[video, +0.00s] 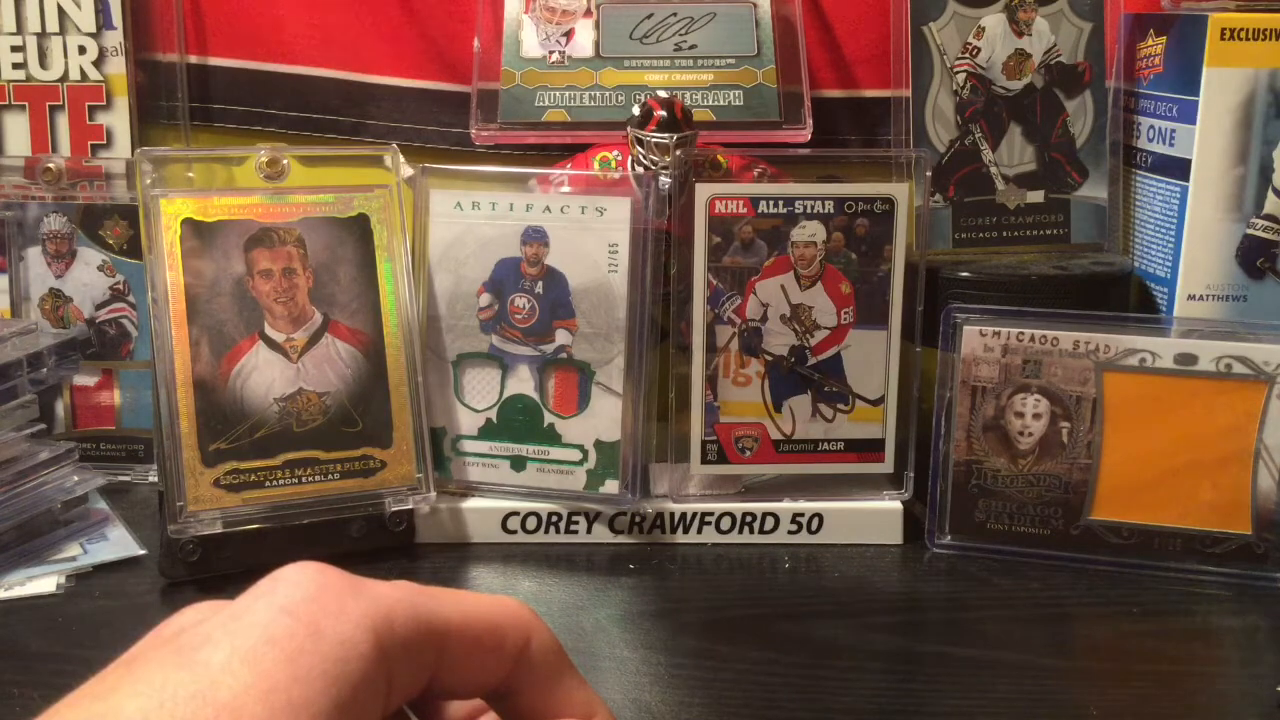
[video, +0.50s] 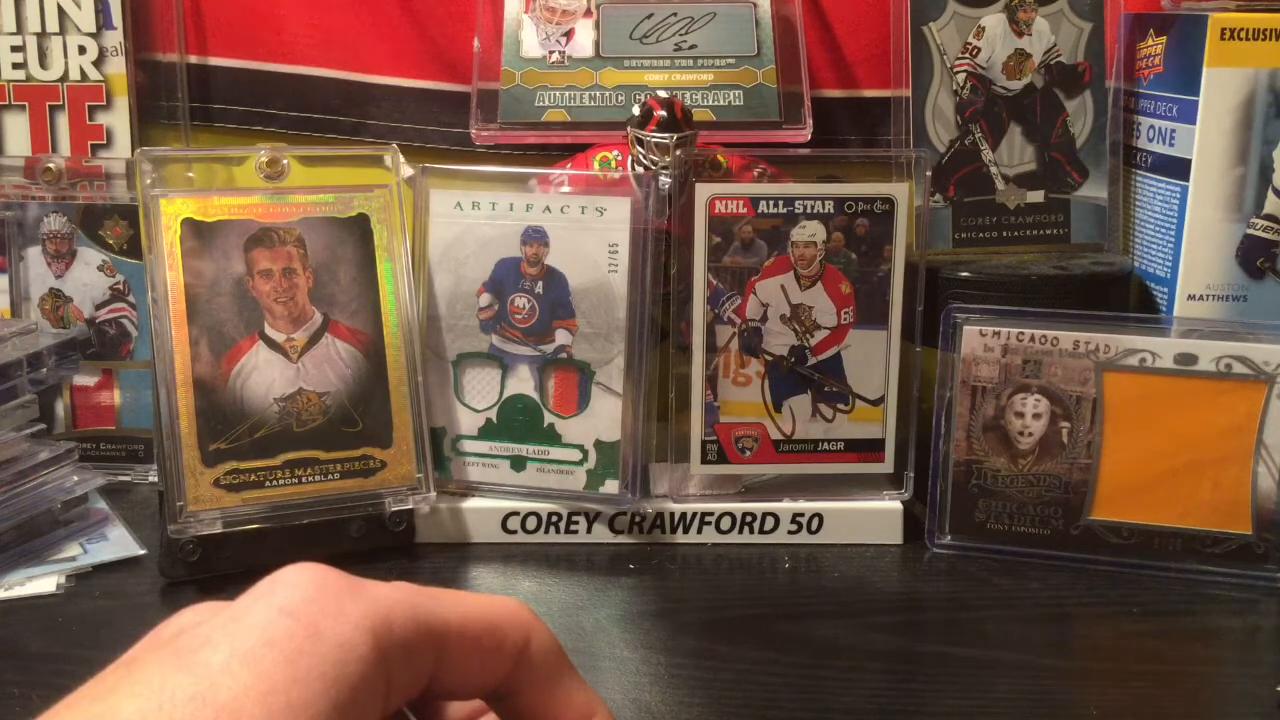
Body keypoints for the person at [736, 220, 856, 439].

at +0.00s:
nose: (801, 253)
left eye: (807, 247)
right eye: (796, 247)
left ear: (821, 249)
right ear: (790, 249)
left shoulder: (838, 285)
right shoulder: (773, 272)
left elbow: (843, 330)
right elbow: (754, 294)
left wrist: (810, 353)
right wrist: (751, 326)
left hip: (823, 354)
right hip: (780, 353)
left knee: (833, 413)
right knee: (799, 409)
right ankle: (791, 469)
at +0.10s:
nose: (801, 253)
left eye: (807, 247)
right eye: (796, 247)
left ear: (821, 249)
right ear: (790, 249)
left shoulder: (838, 285)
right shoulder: (773, 272)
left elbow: (843, 330)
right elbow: (754, 294)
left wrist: (810, 353)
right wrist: (751, 326)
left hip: (823, 354)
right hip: (780, 353)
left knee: (833, 413)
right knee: (799, 409)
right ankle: (791, 469)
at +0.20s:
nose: (801, 253)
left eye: (807, 247)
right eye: (796, 247)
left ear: (821, 249)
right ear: (790, 249)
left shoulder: (838, 285)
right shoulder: (773, 272)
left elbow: (843, 330)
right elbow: (754, 293)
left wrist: (810, 353)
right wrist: (751, 326)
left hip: (823, 354)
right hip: (780, 353)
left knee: (833, 413)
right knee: (799, 409)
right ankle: (791, 469)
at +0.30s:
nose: (801, 253)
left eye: (807, 247)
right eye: (796, 247)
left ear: (821, 249)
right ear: (790, 249)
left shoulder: (838, 285)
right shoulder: (773, 272)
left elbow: (843, 330)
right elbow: (754, 293)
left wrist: (810, 353)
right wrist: (751, 326)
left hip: (823, 354)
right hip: (780, 353)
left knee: (833, 413)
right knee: (799, 409)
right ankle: (791, 469)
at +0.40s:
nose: (801, 253)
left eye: (807, 247)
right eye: (796, 247)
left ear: (821, 249)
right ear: (790, 249)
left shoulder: (838, 285)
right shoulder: (773, 271)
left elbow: (843, 329)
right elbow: (754, 292)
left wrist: (810, 353)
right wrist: (751, 326)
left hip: (823, 354)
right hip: (780, 353)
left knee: (833, 413)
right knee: (799, 409)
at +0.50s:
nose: (801, 253)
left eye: (807, 247)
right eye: (796, 247)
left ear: (821, 249)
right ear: (790, 249)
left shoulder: (838, 284)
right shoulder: (773, 272)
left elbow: (843, 330)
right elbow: (754, 294)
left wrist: (810, 352)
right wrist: (751, 326)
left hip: (823, 354)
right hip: (780, 353)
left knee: (833, 413)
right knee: (799, 409)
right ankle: (790, 469)